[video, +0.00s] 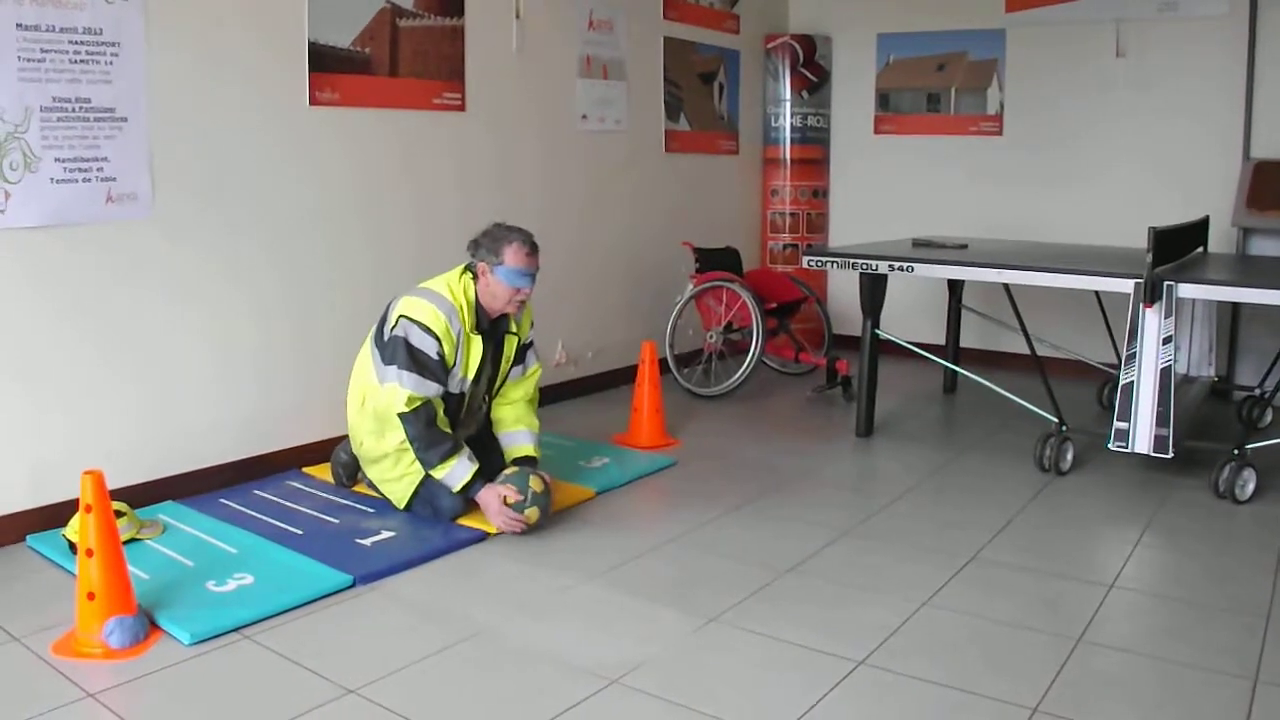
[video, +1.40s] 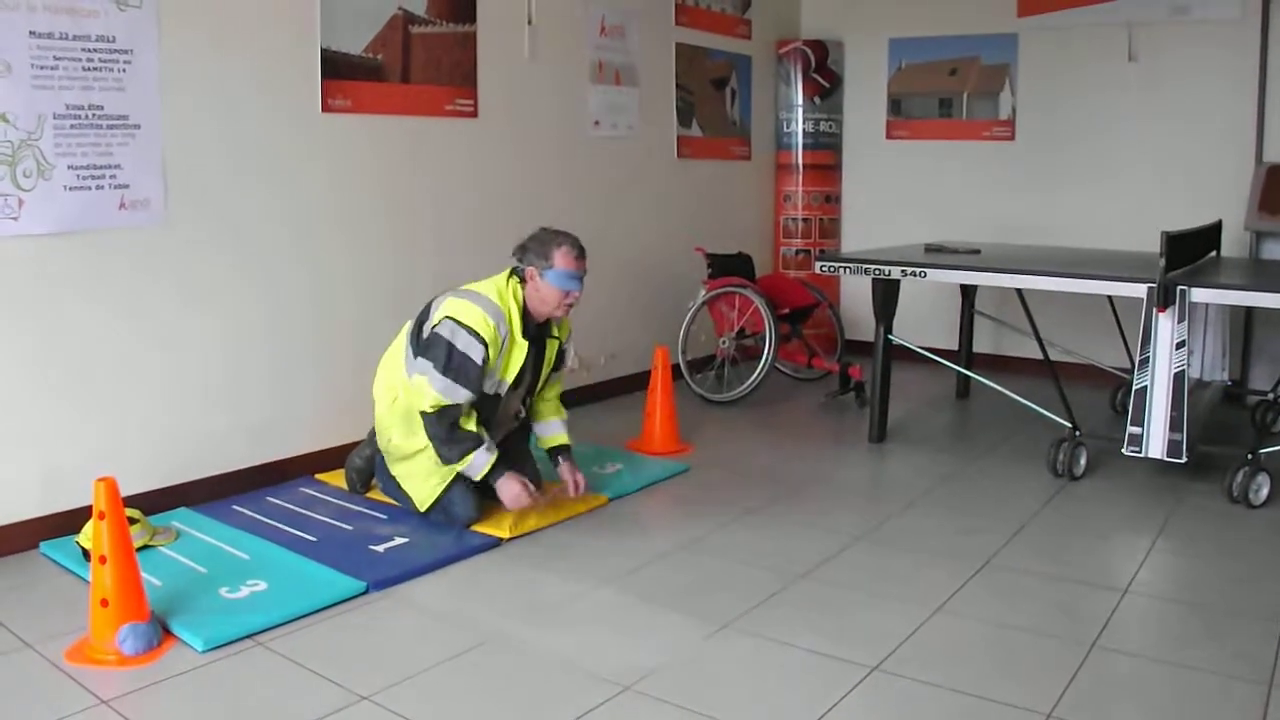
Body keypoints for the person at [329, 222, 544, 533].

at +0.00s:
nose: (527, 292)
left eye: (532, 280)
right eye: (517, 280)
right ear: (483, 272)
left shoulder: (516, 314)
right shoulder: (426, 316)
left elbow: (515, 394)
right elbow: (416, 419)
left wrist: (525, 466)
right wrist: (479, 489)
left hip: (456, 416)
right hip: (388, 428)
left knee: (498, 476)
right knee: (450, 506)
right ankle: (369, 458)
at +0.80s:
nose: (543, 285)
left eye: (548, 273)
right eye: (533, 273)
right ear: (499, 268)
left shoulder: (534, 308)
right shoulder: (446, 310)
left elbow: (541, 383)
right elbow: (434, 409)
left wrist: (554, 450)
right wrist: (508, 469)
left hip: (470, 412)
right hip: (401, 422)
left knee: (511, 484)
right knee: (455, 506)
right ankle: (375, 462)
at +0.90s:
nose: (544, 288)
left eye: (548, 276)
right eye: (534, 276)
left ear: (552, 271)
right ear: (499, 270)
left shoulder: (532, 309)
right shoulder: (453, 314)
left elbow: (557, 378)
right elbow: (477, 407)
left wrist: (606, 425)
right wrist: (568, 440)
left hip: (461, 410)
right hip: (405, 421)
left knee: (516, 483)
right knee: (455, 507)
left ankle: (425, 449)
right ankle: (377, 456)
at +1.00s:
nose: (550, 286)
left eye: (554, 274)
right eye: (541, 274)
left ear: (559, 272)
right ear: (505, 271)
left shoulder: (536, 305)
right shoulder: (462, 313)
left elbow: (570, 362)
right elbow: (504, 397)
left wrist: (622, 392)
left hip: (471, 405)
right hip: (410, 416)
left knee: (516, 485)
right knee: (456, 509)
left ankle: (432, 447)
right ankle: (377, 455)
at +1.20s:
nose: (562, 286)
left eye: (566, 275)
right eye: (553, 275)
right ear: (518, 269)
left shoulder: (547, 307)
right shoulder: (468, 314)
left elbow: (566, 378)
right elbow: (493, 413)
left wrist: (609, 415)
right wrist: (581, 439)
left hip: (467, 412)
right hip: (413, 421)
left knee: (519, 485)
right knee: (457, 511)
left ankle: (427, 449)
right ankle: (378, 455)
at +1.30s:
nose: (569, 290)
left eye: (573, 279)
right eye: (560, 279)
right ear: (524, 272)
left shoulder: (551, 316)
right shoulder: (471, 317)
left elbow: (556, 388)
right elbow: (465, 419)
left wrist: (584, 444)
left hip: (473, 414)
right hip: (411, 421)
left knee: (520, 490)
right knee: (459, 510)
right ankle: (379, 456)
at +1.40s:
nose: (576, 296)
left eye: (580, 284)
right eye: (566, 284)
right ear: (532, 277)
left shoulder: (555, 326)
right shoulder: (472, 319)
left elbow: (545, 396)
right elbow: (441, 416)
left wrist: (562, 456)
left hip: (479, 411)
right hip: (409, 420)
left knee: (524, 488)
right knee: (461, 513)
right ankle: (383, 459)